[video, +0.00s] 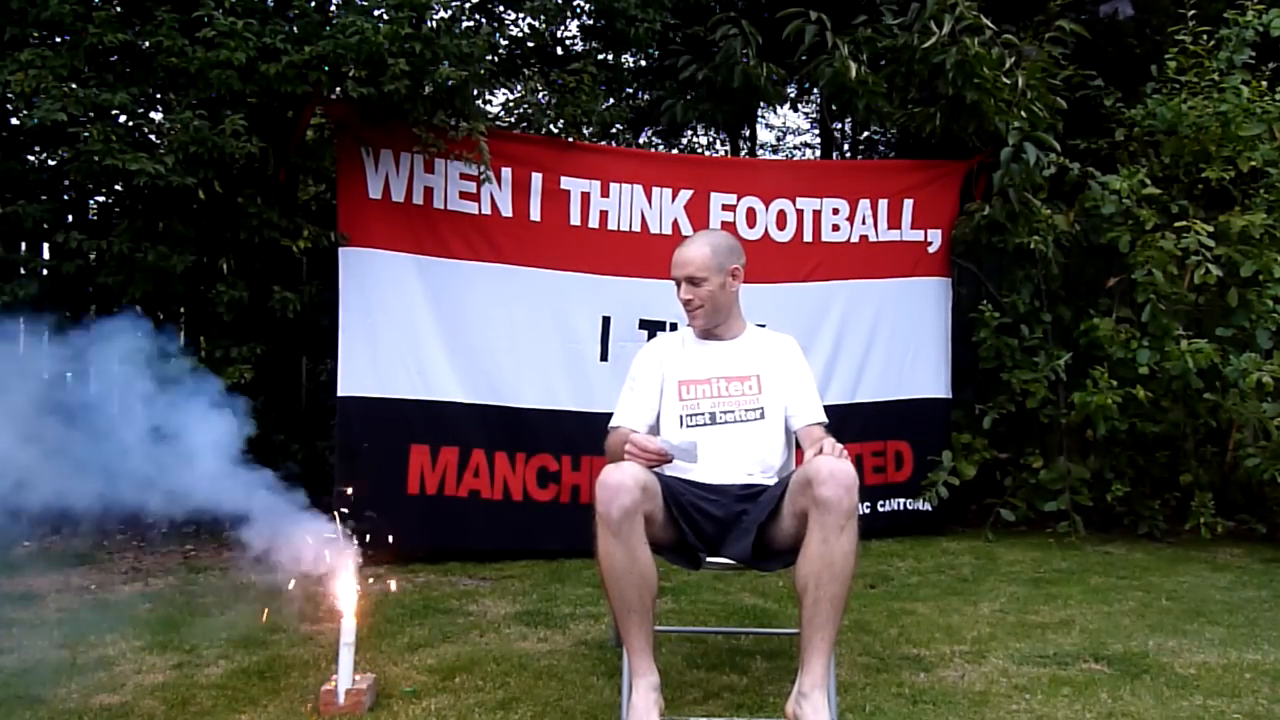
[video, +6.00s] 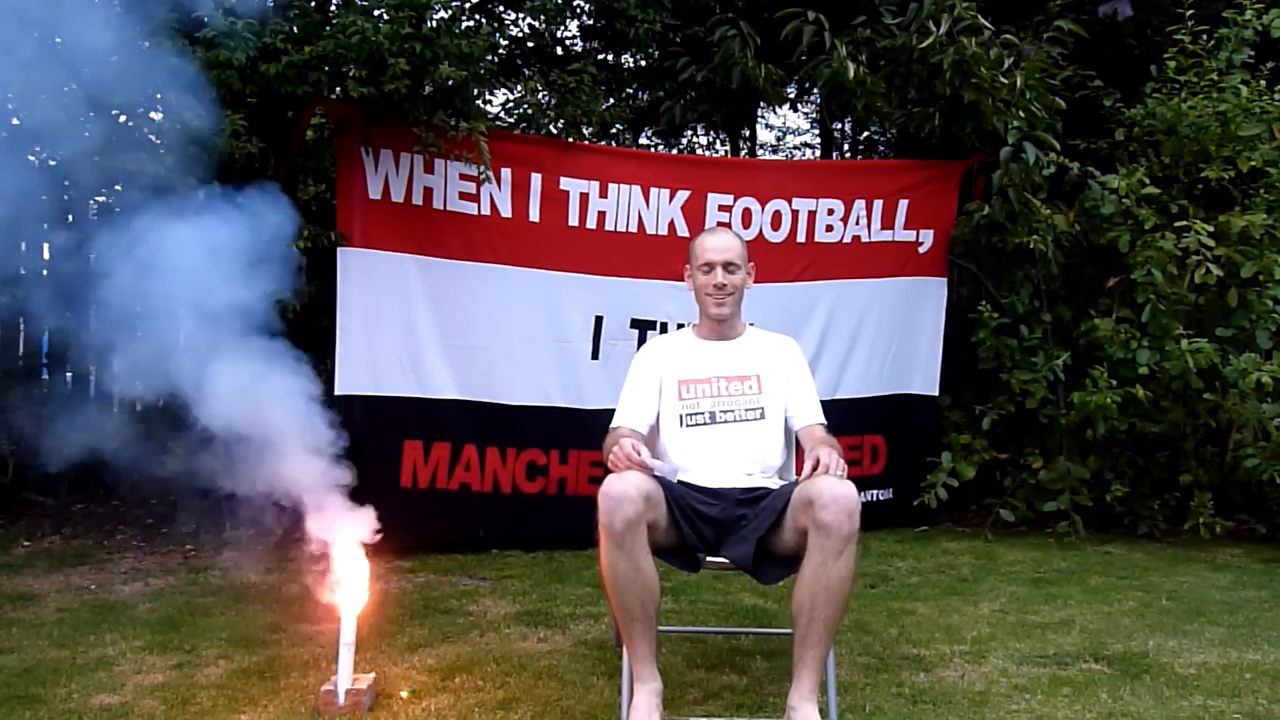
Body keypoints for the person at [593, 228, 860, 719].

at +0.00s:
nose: (684, 296)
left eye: (696, 283)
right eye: (678, 285)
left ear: (735, 278)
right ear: (673, 285)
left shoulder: (781, 350)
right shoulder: (658, 353)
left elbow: (812, 437)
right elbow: (615, 442)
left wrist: (825, 448)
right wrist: (633, 445)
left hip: (768, 504)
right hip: (679, 503)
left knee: (837, 477)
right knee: (615, 485)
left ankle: (812, 689)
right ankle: (642, 682)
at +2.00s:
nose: (711, 283)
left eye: (723, 270)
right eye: (699, 272)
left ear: (744, 276)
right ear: (684, 281)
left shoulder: (780, 350)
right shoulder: (657, 353)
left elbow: (811, 437)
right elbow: (614, 442)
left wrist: (825, 449)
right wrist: (634, 443)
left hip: (768, 502)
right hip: (680, 502)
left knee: (836, 477)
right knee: (620, 483)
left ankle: (813, 690)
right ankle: (642, 681)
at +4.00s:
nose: (721, 281)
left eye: (733, 270)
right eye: (709, 270)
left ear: (750, 278)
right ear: (691, 278)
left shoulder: (784, 349)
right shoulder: (658, 351)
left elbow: (814, 432)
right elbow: (622, 435)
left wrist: (824, 449)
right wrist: (621, 446)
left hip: (768, 503)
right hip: (680, 501)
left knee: (835, 485)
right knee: (619, 492)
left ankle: (807, 695)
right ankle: (645, 687)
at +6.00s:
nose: (720, 279)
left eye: (731, 268)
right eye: (707, 269)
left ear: (748, 276)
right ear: (689, 278)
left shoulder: (782, 351)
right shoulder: (657, 354)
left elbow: (814, 434)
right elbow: (622, 438)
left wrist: (824, 450)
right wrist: (622, 446)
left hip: (767, 503)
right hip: (680, 501)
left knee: (839, 499)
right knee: (618, 493)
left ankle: (804, 698)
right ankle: (645, 688)